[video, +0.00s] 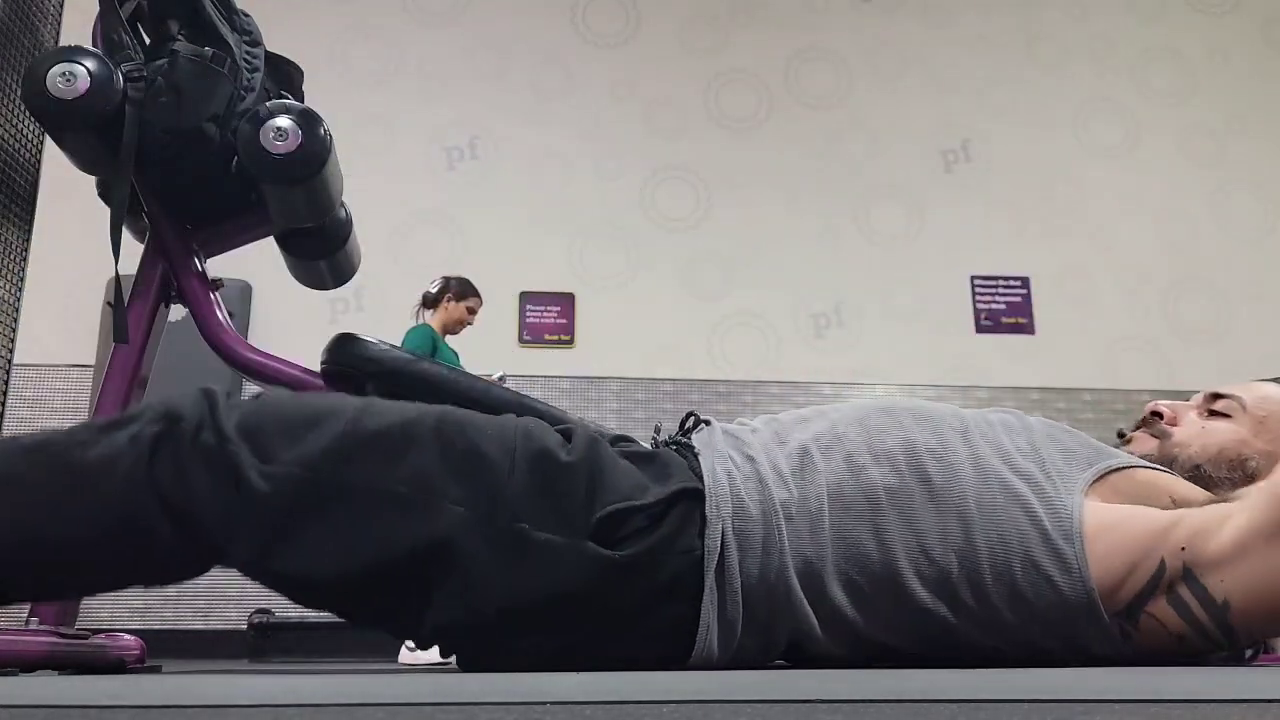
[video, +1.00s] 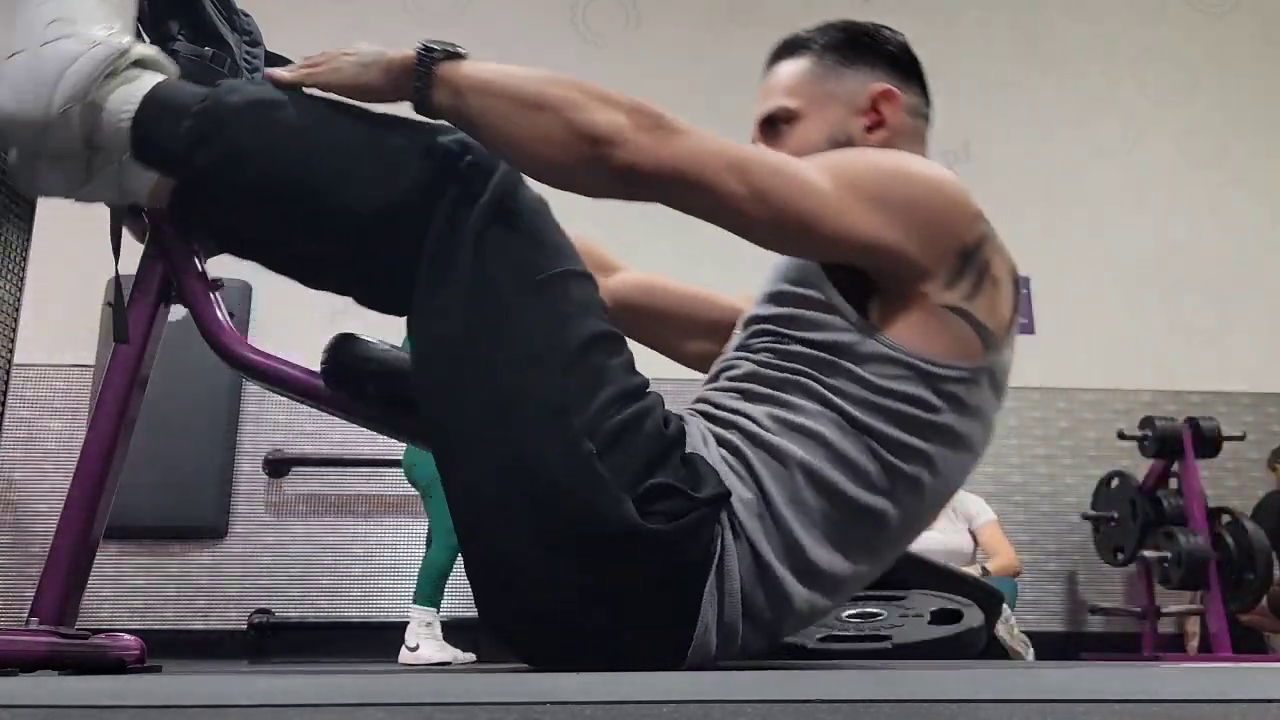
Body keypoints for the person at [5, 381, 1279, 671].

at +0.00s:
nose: (1196, 405)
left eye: (1225, 419)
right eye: (1208, 397)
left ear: (1234, 479)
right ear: (1172, 425)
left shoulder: (1177, 557)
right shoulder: (1104, 483)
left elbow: (1273, 542)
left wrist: (1245, 453)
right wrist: (1231, 440)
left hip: (658, 538)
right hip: (651, 470)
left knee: (216, 451)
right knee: (239, 440)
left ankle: (13, 523)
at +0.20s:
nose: (1196, 406)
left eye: (1228, 410)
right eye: (1210, 399)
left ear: (1246, 470)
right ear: (1183, 428)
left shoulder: (1186, 570)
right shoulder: (1109, 483)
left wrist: (1195, 386)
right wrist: (1193, 380)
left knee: (257, 344)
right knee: (277, 338)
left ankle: (8, 380)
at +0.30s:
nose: (1196, 386)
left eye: (1232, 408)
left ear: (1256, 444)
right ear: (1197, 399)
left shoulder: (1196, 546)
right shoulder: (1081, 479)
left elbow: (1229, 222)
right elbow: (978, 395)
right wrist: (1114, 244)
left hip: (649, 557)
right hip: (649, 493)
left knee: (310, 302)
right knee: (332, 308)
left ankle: (9, 319)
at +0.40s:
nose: (1176, 348)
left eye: (1213, 360)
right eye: (1194, 342)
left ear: (1252, 439)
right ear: (1161, 396)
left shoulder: (1206, 530)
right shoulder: (1068, 478)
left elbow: (1074, 254)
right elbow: (906, 395)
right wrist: (930, 202)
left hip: (656, 565)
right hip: (643, 508)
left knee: (350, 275)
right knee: (368, 287)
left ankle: (20, 267)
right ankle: (224, 202)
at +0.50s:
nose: (1086, 340)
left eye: (1129, 329)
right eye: (1100, 321)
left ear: (1224, 382)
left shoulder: (1195, 487)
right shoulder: (1040, 469)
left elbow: (951, 274)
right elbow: (833, 369)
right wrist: (738, 201)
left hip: (686, 561)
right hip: (669, 522)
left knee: (368, 265)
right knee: (381, 285)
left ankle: (23, 230)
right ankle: (68, 235)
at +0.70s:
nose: (932, 263)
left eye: (960, 237)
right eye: (933, 241)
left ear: (1068, 247)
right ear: (983, 260)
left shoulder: (1107, 352)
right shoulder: (954, 403)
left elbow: (807, 261)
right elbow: (723, 358)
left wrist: (585, 155)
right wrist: (545, 255)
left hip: (709, 555)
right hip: (685, 532)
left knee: (398, 251)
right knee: (398, 264)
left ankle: (49, 204)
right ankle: (76, 198)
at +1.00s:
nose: (761, 161)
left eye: (789, 131)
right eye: (765, 142)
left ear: (891, 113)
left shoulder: (936, 210)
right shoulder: (845, 318)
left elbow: (634, 147)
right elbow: (606, 286)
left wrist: (411, 78)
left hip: (660, 565)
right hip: (622, 592)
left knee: (460, 191)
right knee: (461, 195)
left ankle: (102, 111)